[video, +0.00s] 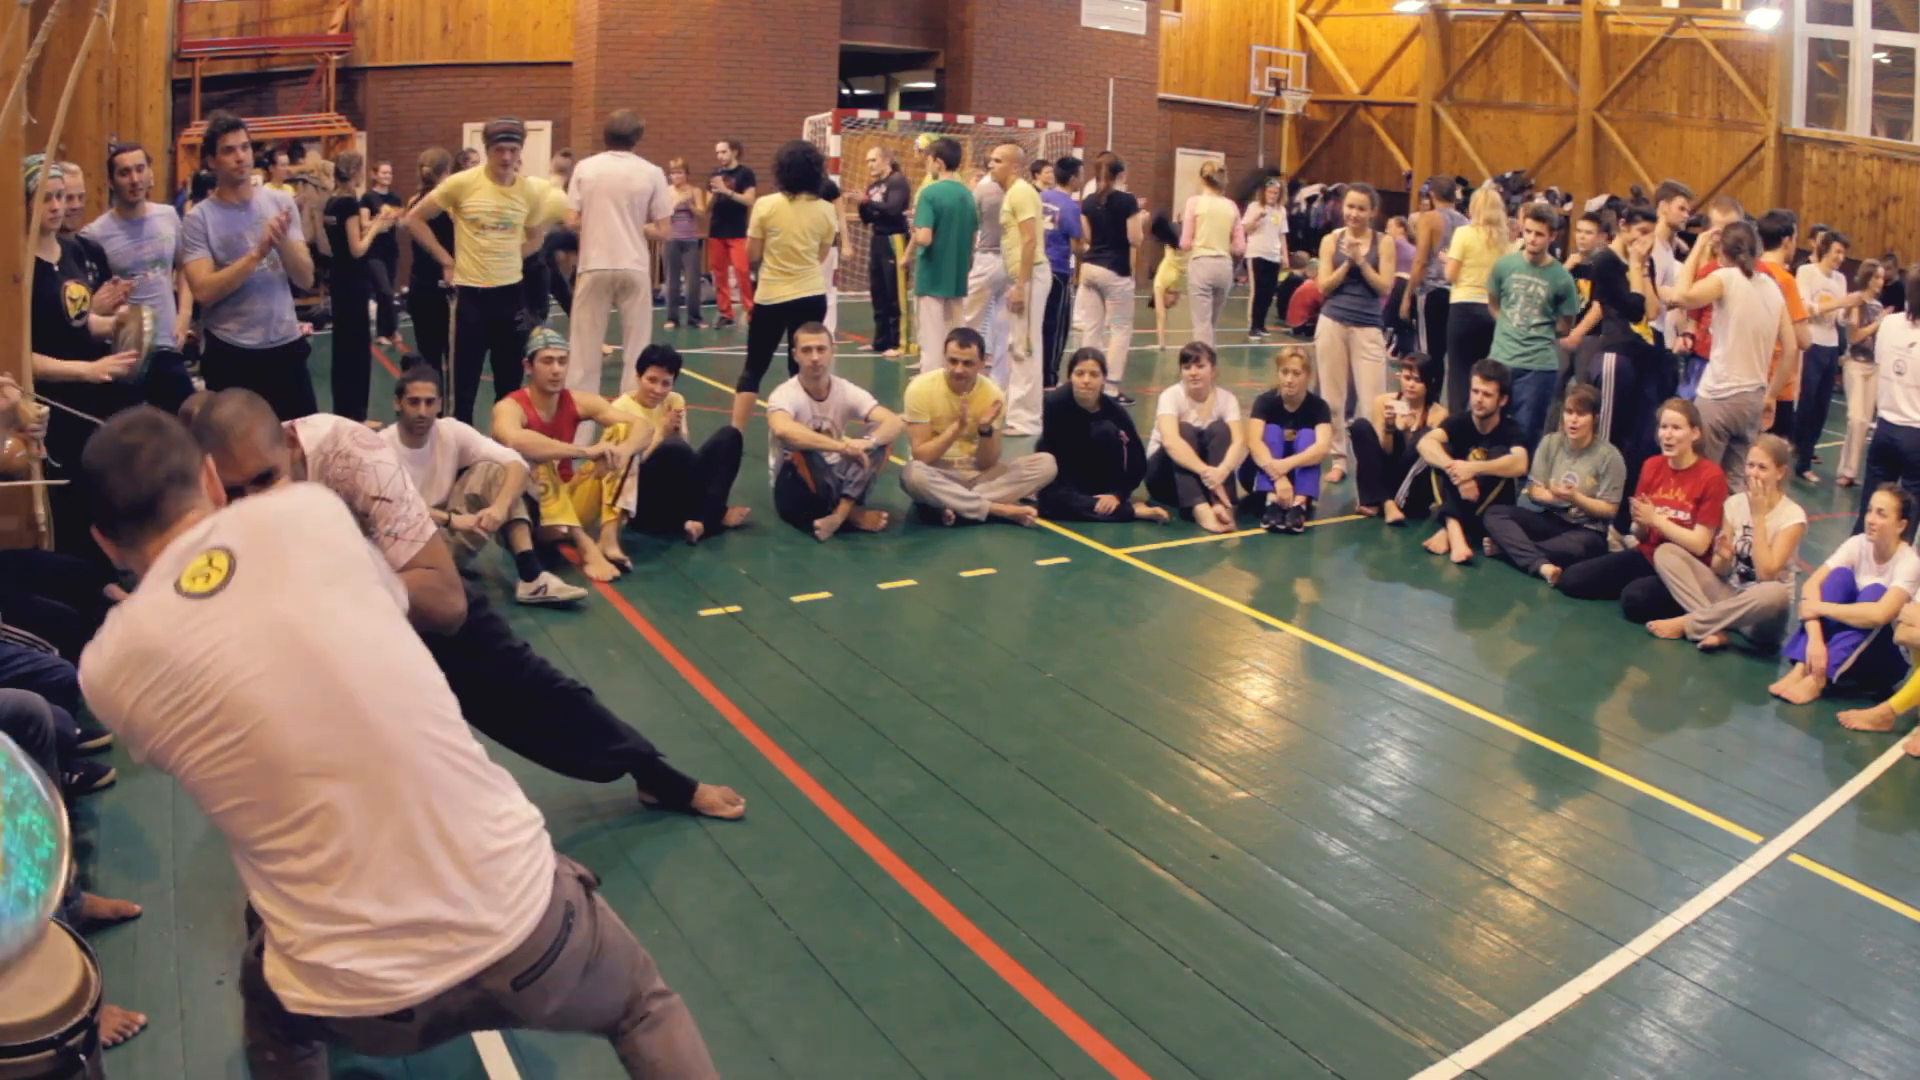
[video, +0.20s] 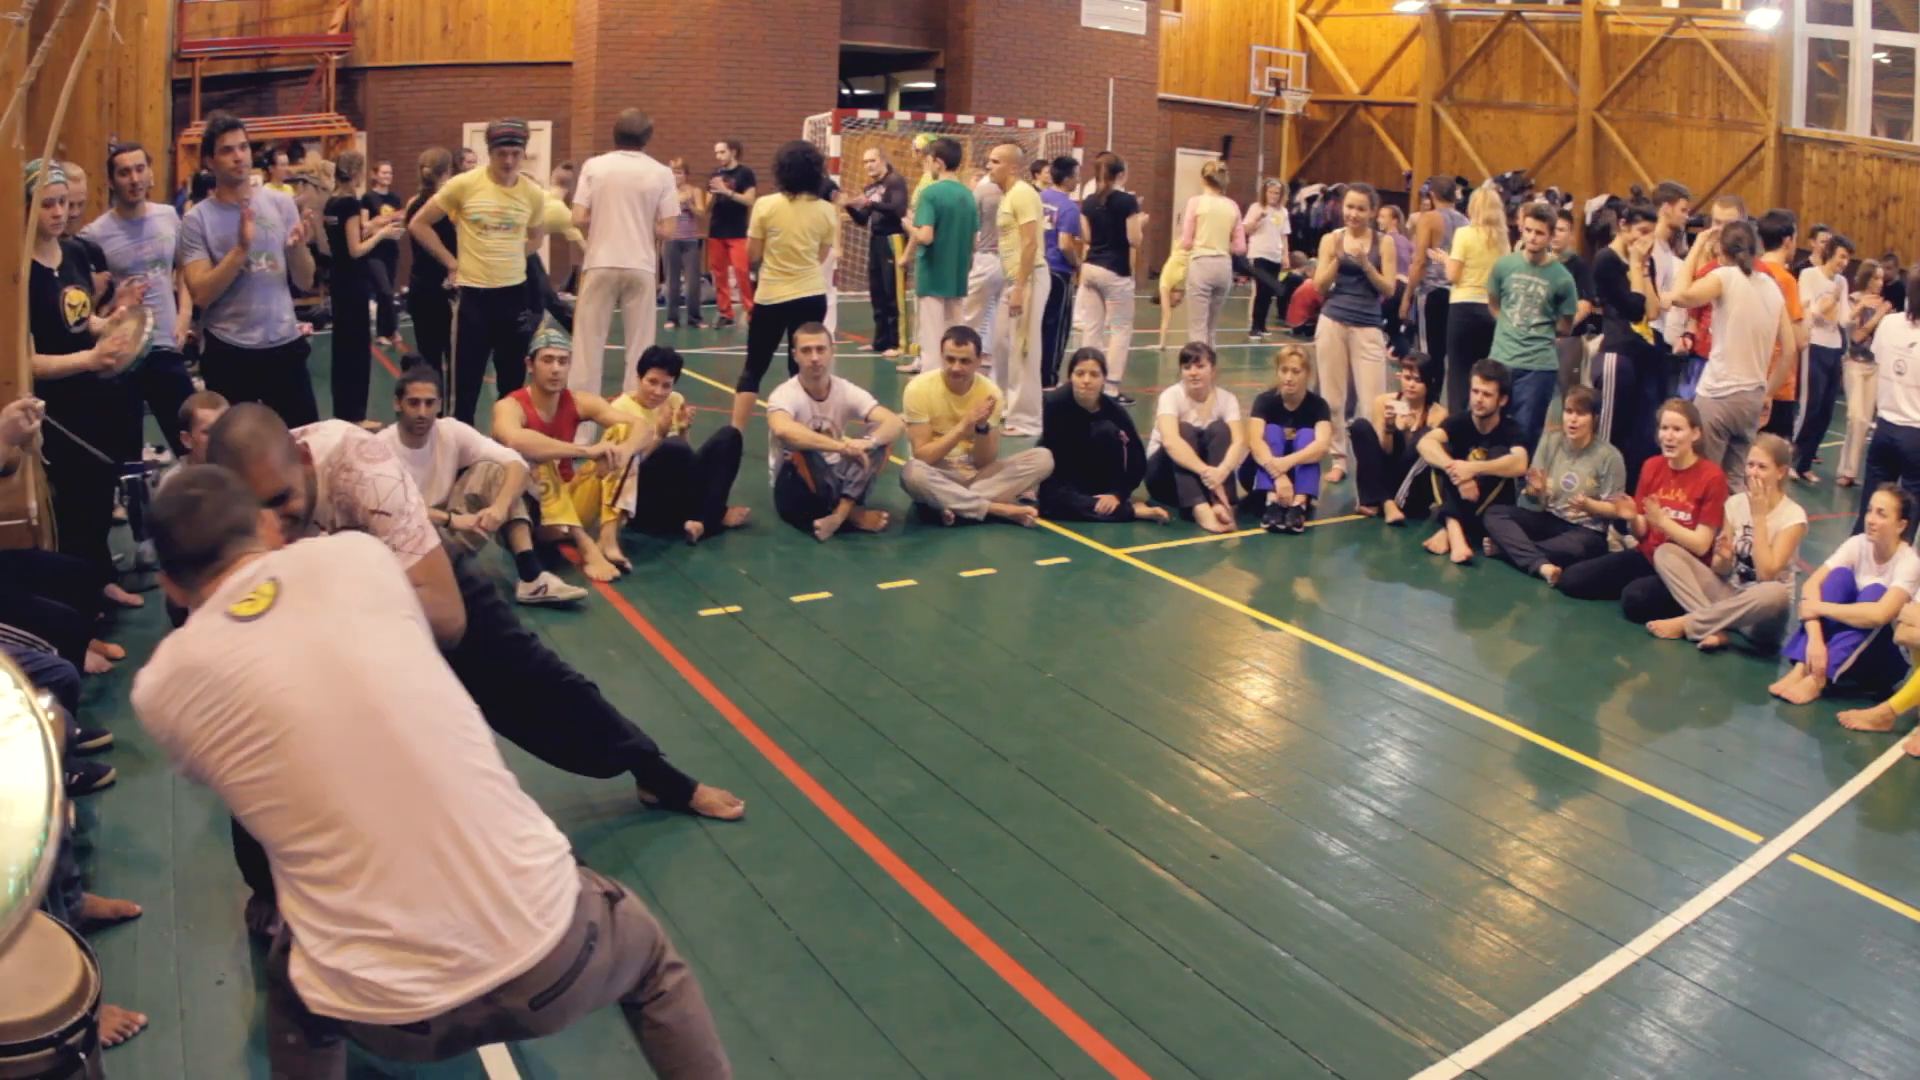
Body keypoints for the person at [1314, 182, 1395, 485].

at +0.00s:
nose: (1354, 213)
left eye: (1361, 208)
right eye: (1350, 207)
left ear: (1372, 212)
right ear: (1343, 208)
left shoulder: (1383, 241)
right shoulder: (1331, 240)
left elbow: (1384, 287)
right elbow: (1324, 285)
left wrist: (1360, 262)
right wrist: (1347, 263)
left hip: (1367, 324)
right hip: (1331, 321)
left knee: (1370, 396)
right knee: (1333, 394)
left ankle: (1370, 461)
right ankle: (1338, 456)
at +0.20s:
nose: (1354, 213)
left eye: (1360, 209)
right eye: (1350, 207)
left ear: (1372, 212)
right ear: (1343, 208)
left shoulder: (1384, 242)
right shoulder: (1331, 240)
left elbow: (1389, 288)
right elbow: (1320, 285)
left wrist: (1366, 265)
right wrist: (1336, 260)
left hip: (1368, 324)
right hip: (1332, 320)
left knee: (1370, 397)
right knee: (1333, 396)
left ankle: (1369, 462)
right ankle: (1338, 457)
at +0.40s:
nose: (1354, 214)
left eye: (1360, 209)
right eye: (1350, 207)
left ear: (1372, 212)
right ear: (1342, 208)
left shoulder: (1383, 241)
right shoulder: (1331, 240)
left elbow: (1386, 287)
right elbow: (1322, 286)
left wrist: (1360, 262)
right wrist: (1346, 263)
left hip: (1368, 323)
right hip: (1332, 320)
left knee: (1371, 395)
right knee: (1333, 393)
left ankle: (1372, 460)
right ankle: (1338, 457)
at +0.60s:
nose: (1353, 214)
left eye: (1360, 209)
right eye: (1349, 208)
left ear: (1371, 211)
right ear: (1342, 208)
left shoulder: (1383, 242)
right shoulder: (1330, 239)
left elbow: (1386, 287)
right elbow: (1323, 285)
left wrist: (1367, 265)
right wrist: (1336, 261)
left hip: (1367, 323)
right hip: (1332, 320)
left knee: (1371, 397)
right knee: (1333, 396)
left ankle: (1371, 461)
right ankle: (1338, 457)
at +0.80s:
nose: (1354, 215)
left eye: (1361, 210)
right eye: (1350, 208)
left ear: (1371, 212)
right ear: (1342, 209)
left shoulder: (1383, 242)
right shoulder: (1331, 239)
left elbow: (1386, 287)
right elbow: (1321, 286)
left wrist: (1363, 263)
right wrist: (1338, 259)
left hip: (1367, 324)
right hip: (1331, 321)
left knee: (1371, 398)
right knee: (1333, 396)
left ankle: (1371, 462)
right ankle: (1338, 458)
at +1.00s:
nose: (1354, 214)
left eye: (1360, 209)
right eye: (1349, 208)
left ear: (1371, 212)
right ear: (1341, 208)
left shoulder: (1383, 242)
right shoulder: (1331, 240)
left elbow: (1383, 288)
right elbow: (1323, 286)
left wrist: (1358, 262)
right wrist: (1347, 264)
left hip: (1367, 324)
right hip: (1331, 321)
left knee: (1370, 397)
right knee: (1333, 396)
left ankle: (1370, 461)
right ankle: (1338, 458)